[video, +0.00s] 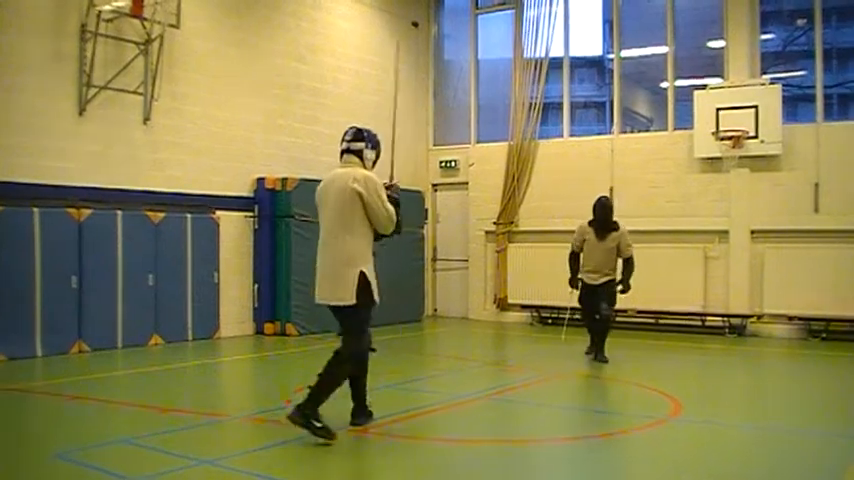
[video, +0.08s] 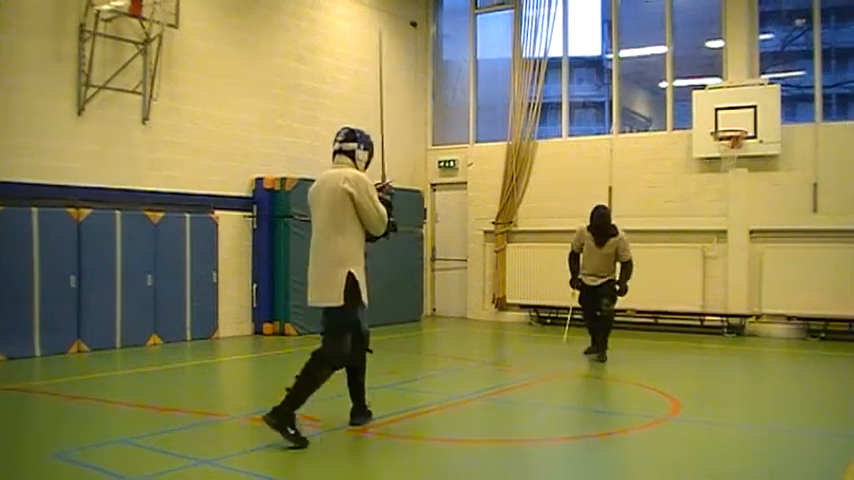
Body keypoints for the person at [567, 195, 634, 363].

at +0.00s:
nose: (604, 215)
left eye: (607, 211)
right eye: (601, 210)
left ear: (612, 213)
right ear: (595, 211)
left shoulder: (619, 233)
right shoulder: (584, 230)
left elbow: (628, 258)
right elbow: (574, 252)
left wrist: (626, 279)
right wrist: (573, 275)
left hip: (608, 280)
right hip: (587, 280)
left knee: (605, 314)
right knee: (587, 314)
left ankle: (600, 349)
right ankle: (593, 341)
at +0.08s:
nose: (599, 232)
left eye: (603, 227)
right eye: (596, 227)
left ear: (608, 224)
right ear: (592, 223)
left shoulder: (617, 238)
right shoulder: (583, 234)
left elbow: (627, 262)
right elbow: (574, 254)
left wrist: (623, 281)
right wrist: (574, 275)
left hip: (606, 280)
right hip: (587, 280)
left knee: (605, 313)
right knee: (588, 314)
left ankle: (602, 348)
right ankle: (595, 343)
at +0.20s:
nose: (596, 251)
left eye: (599, 248)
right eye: (593, 247)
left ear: (606, 242)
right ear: (587, 240)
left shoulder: (615, 246)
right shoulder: (580, 240)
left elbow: (622, 271)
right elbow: (571, 254)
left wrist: (614, 290)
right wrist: (572, 274)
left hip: (606, 280)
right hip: (585, 280)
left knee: (605, 309)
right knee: (584, 313)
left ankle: (606, 345)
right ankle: (591, 344)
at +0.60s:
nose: (577, 256)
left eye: (580, 253)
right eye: (575, 253)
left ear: (588, 248)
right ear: (570, 245)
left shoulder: (599, 252)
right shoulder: (566, 239)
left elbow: (606, 275)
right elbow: (560, 250)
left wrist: (601, 296)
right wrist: (560, 268)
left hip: (594, 281)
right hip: (573, 280)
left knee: (592, 311)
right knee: (567, 311)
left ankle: (592, 347)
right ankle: (570, 343)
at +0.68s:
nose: (567, 250)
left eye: (570, 248)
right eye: (565, 246)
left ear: (579, 243)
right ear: (561, 241)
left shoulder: (589, 249)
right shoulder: (558, 240)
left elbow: (597, 273)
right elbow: (553, 251)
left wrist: (590, 296)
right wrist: (552, 268)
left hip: (584, 281)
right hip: (564, 281)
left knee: (583, 311)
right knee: (556, 311)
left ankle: (581, 347)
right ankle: (561, 342)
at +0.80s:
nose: (551, 236)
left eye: (554, 233)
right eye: (550, 232)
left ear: (562, 230)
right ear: (548, 230)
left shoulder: (574, 242)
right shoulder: (546, 234)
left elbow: (584, 267)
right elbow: (540, 249)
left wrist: (575, 288)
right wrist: (539, 269)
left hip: (568, 280)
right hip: (549, 279)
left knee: (565, 312)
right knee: (542, 310)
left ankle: (565, 346)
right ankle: (550, 337)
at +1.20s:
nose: (563, 216)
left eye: (566, 213)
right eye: (562, 213)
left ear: (573, 215)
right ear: (561, 214)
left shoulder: (581, 236)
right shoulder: (558, 231)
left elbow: (592, 259)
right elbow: (551, 250)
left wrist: (579, 279)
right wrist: (543, 267)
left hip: (571, 281)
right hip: (557, 280)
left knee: (570, 313)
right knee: (561, 313)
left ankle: (574, 347)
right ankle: (568, 341)